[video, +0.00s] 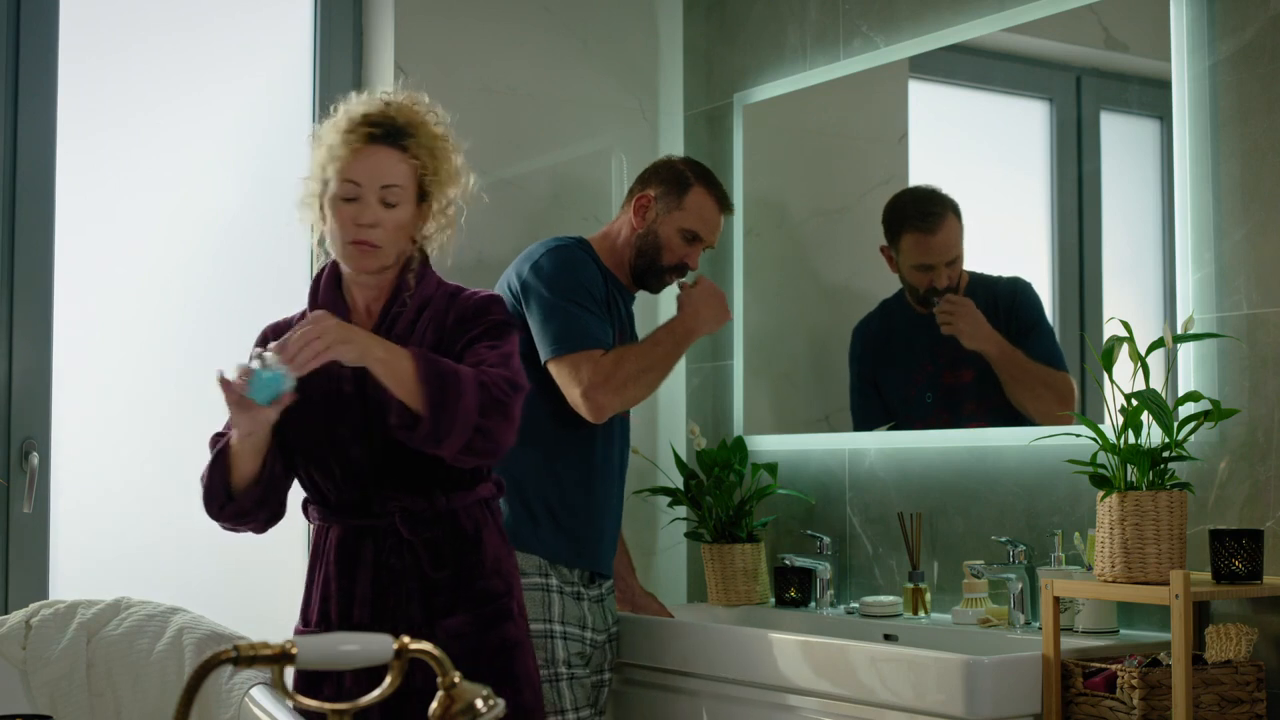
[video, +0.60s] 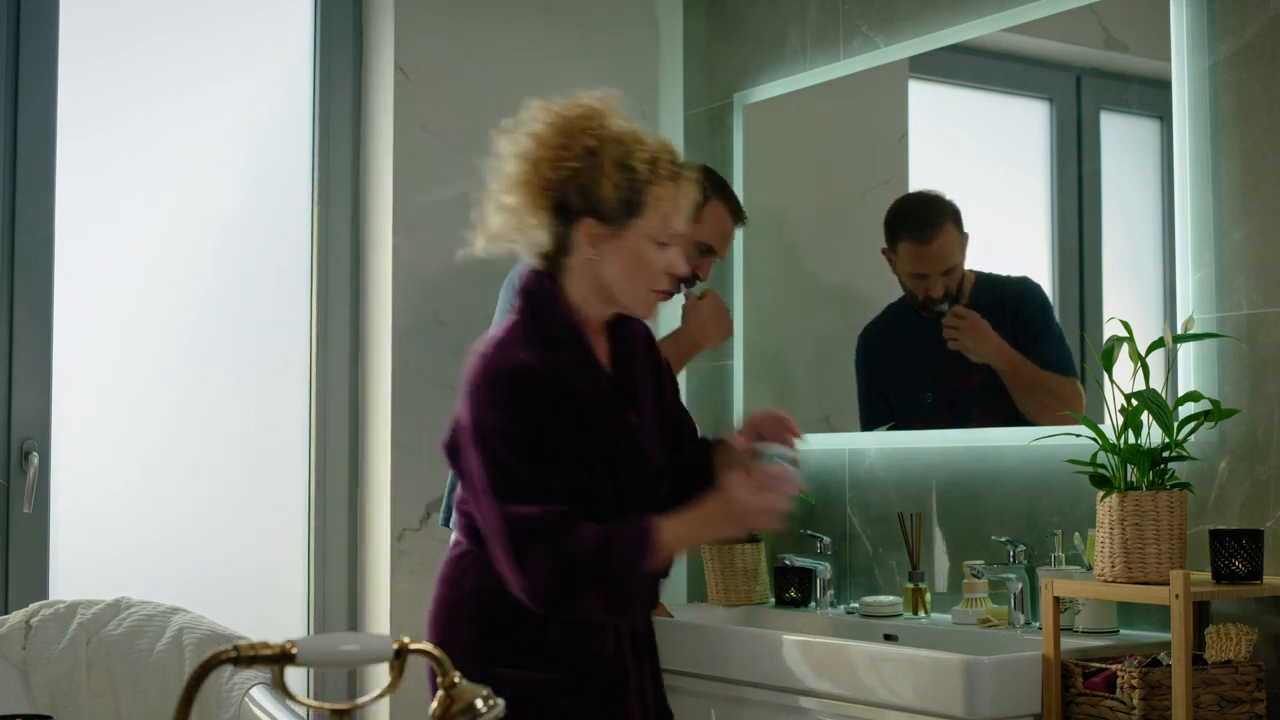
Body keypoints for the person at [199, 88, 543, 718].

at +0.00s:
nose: (365, 218)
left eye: (390, 200)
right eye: (348, 197)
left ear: (425, 213)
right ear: (323, 207)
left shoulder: (476, 319)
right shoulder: (287, 341)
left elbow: (491, 425)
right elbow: (244, 513)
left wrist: (371, 350)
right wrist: (248, 435)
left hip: (465, 601)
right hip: (343, 601)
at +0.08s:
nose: (409, 219)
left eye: (428, 200)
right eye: (386, 197)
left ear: (446, 211)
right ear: (340, 205)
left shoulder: (488, 320)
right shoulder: (292, 342)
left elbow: (523, 428)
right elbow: (250, 509)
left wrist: (410, 352)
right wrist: (277, 433)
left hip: (477, 605)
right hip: (353, 604)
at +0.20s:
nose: (475, 227)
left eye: (480, 206)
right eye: (452, 206)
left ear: (487, 207)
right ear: (384, 212)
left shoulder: (512, 327)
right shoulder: (312, 342)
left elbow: (571, 445)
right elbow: (277, 504)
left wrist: (486, 360)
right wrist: (338, 443)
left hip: (500, 620)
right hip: (369, 624)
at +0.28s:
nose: (508, 232)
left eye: (512, 210)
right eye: (488, 209)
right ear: (417, 213)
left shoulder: (532, 330)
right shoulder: (335, 344)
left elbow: (603, 459)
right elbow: (312, 506)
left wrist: (545, 379)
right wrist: (398, 447)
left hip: (523, 633)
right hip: (392, 636)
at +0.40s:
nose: (565, 236)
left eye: (565, 214)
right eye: (546, 213)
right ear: (473, 212)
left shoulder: (570, 331)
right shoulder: (389, 346)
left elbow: (645, 476)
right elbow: (390, 517)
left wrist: (634, 398)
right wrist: (505, 455)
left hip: (565, 630)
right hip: (445, 640)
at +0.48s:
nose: (606, 241)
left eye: (605, 221)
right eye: (590, 220)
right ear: (518, 218)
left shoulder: (600, 335)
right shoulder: (433, 355)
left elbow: (663, 488)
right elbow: (453, 537)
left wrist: (680, 420)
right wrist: (592, 467)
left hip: (593, 643)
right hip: (476, 656)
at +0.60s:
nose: (683, 270)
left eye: (687, 250)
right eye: (666, 245)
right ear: (593, 240)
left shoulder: (632, 344)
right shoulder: (506, 371)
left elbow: (666, 477)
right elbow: (545, 569)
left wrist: (729, 457)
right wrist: (703, 524)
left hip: (608, 644)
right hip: (504, 661)